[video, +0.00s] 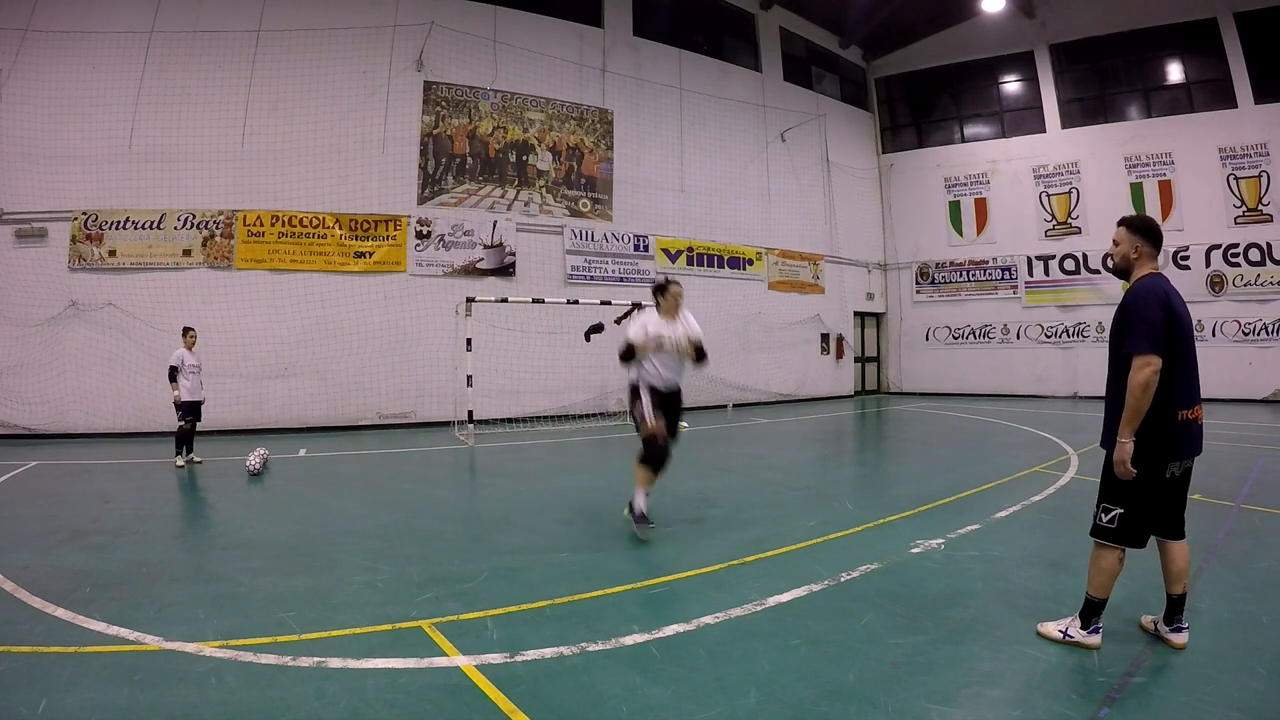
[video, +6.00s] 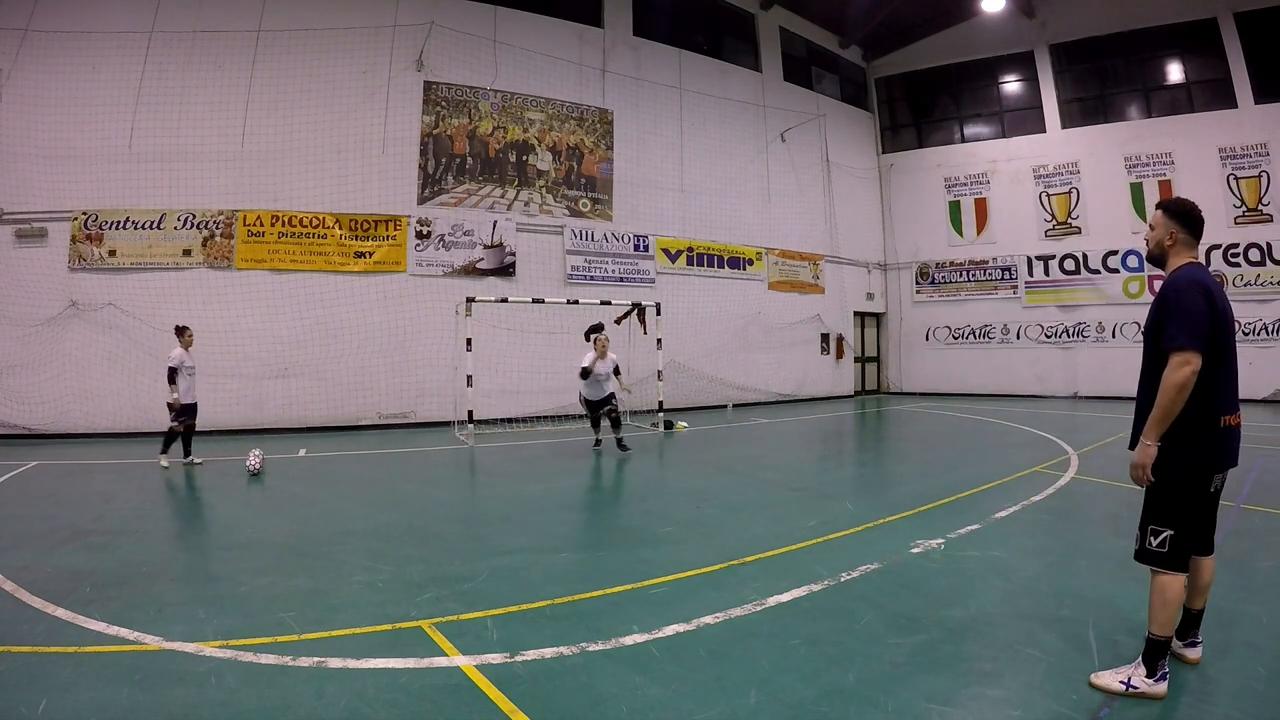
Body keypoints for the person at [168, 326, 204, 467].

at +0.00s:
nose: (193, 340)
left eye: (195, 337)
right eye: (191, 337)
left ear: (196, 339)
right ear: (184, 338)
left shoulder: (196, 356)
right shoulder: (179, 354)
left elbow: (198, 376)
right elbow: (172, 373)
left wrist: (202, 392)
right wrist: (176, 392)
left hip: (196, 397)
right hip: (184, 397)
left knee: (192, 426)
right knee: (184, 426)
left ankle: (189, 454)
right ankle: (178, 456)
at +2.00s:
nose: (181, 342)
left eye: (182, 339)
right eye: (179, 339)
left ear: (182, 339)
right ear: (171, 339)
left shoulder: (182, 356)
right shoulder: (163, 354)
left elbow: (184, 374)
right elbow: (154, 374)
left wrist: (187, 389)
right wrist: (155, 393)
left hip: (180, 397)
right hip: (165, 397)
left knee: (179, 425)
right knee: (163, 425)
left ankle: (177, 451)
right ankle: (161, 452)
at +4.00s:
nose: (258, 373)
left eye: (259, 371)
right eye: (257, 370)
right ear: (249, 365)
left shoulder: (247, 377)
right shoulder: (234, 374)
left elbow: (240, 391)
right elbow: (222, 391)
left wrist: (240, 409)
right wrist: (221, 411)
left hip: (226, 398)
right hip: (211, 396)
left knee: (227, 424)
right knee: (216, 424)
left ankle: (224, 451)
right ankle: (218, 455)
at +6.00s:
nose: (192, 339)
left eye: (192, 336)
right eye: (189, 336)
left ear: (189, 338)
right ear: (181, 338)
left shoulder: (188, 354)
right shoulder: (177, 354)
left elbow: (186, 377)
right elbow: (171, 375)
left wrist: (191, 395)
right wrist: (175, 396)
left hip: (191, 400)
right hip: (181, 400)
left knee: (189, 427)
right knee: (177, 428)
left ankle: (187, 456)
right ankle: (163, 454)